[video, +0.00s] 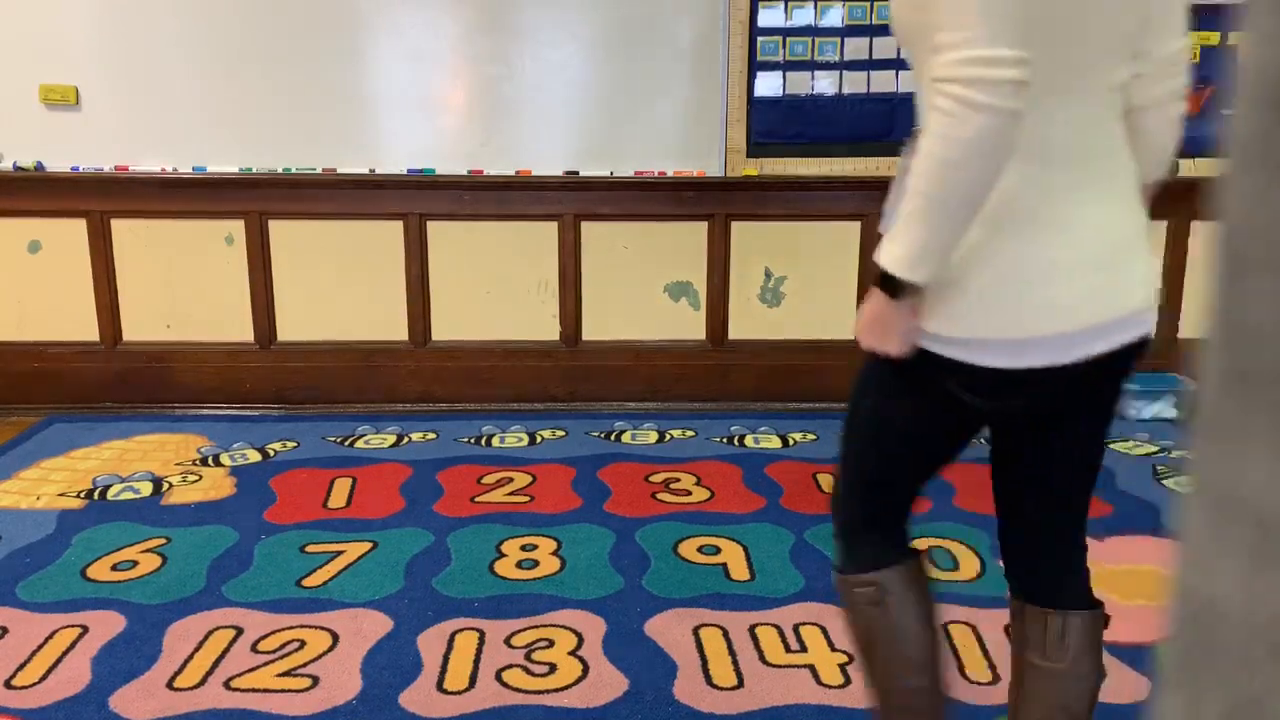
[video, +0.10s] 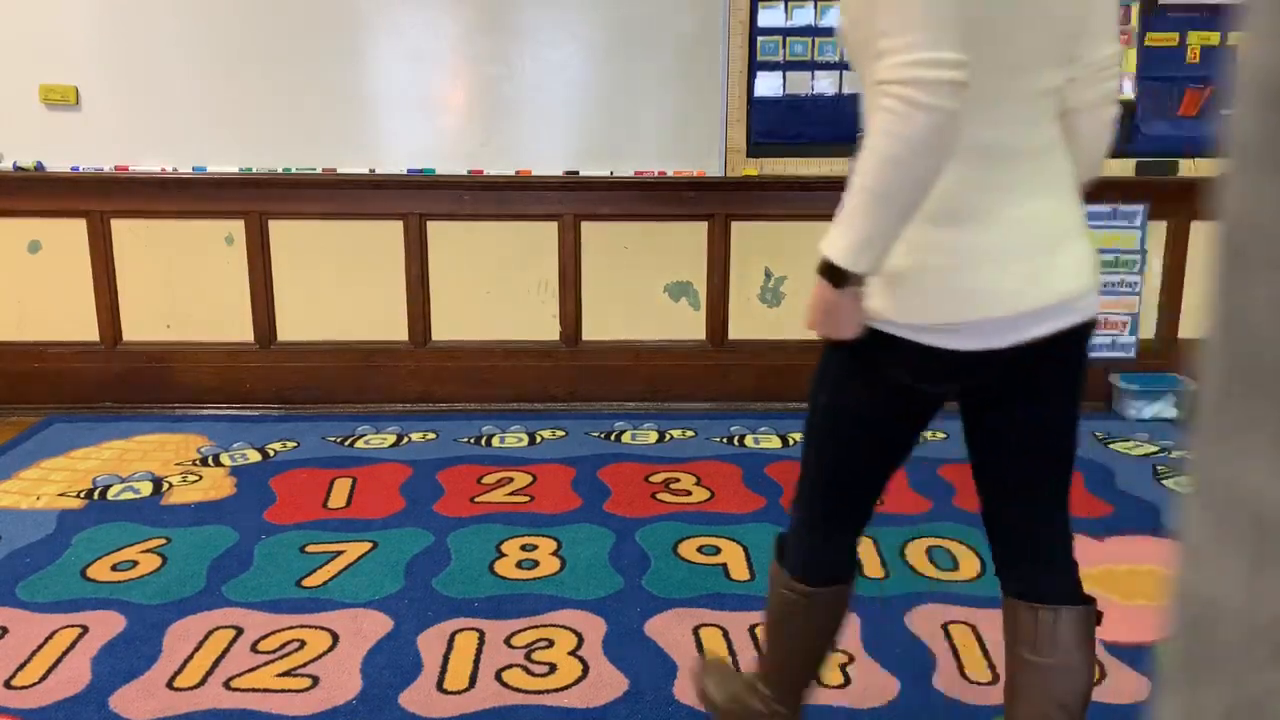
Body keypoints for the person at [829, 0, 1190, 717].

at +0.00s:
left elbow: (980, 91)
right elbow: (1159, 103)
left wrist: (895, 278)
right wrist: (1095, 219)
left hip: (975, 303)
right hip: (1104, 300)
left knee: (867, 508)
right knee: (1049, 547)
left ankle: (912, 707)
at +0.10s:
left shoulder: (896, 2)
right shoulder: (1079, 0)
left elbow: (923, 96)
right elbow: (1096, 101)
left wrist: (841, 269)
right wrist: (1036, 210)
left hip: (919, 290)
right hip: (1048, 285)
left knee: (826, 512)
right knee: (1037, 543)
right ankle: (1045, 709)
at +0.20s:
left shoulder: (833, 0)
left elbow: (856, 93)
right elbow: (1042, 101)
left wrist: (782, 262)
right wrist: (998, 213)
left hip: (855, 284)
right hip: (982, 282)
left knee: (781, 497)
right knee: (984, 527)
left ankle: (739, 680)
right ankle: (1024, 705)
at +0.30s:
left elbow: (794, 78)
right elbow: (998, 84)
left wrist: (728, 243)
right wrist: (960, 213)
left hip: (793, 264)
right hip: (918, 259)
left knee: (744, 481)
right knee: (899, 493)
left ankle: (732, 685)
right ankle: (975, 705)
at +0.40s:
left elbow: (734, 62)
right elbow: (951, 56)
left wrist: (682, 226)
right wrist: (938, 200)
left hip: (753, 250)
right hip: (870, 249)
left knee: (726, 474)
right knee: (812, 452)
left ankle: (731, 682)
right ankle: (905, 666)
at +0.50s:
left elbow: (690, 55)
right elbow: (909, 43)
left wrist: (651, 212)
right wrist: (919, 187)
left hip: (726, 237)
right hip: (835, 236)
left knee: (718, 464)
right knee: (759, 427)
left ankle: (729, 679)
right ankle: (808, 650)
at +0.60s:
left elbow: (657, 54)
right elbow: (872, 46)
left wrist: (629, 210)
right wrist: (893, 184)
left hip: (701, 239)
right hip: (801, 239)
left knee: (708, 459)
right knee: (723, 431)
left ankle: (731, 677)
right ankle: (714, 618)